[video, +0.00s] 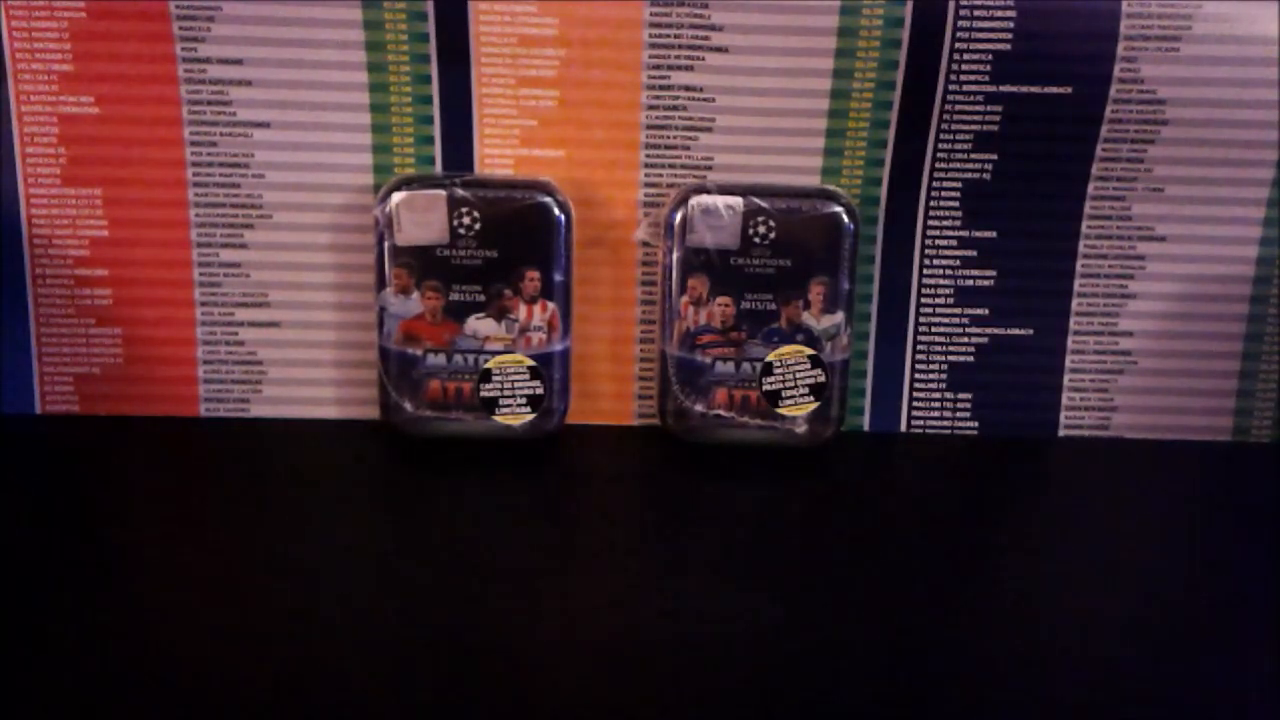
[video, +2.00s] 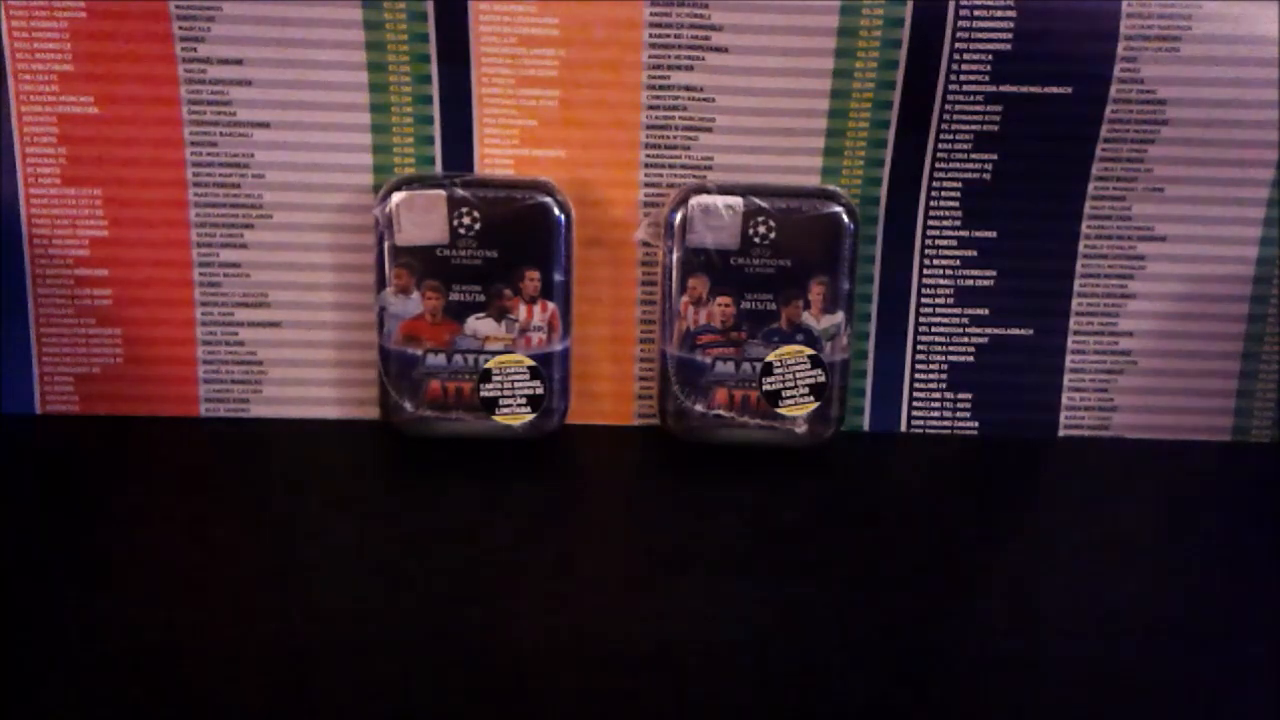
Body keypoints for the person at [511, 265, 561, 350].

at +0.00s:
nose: (536, 285)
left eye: (538, 280)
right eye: (531, 280)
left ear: (541, 283)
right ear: (521, 284)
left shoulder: (551, 308)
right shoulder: (512, 305)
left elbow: (556, 336)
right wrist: (520, 329)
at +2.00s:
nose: (536, 285)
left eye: (538, 281)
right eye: (531, 280)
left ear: (541, 283)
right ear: (521, 284)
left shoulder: (550, 308)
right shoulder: (512, 305)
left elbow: (556, 335)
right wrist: (520, 328)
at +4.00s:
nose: (536, 285)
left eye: (538, 281)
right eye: (531, 280)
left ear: (541, 283)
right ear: (521, 284)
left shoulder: (551, 308)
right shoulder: (513, 305)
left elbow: (556, 336)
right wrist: (520, 329)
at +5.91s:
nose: (536, 285)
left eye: (539, 281)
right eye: (531, 280)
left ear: (541, 283)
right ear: (521, 284)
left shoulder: (550, 308)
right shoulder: (512, 305)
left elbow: (556, 338)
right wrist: (520, 328)